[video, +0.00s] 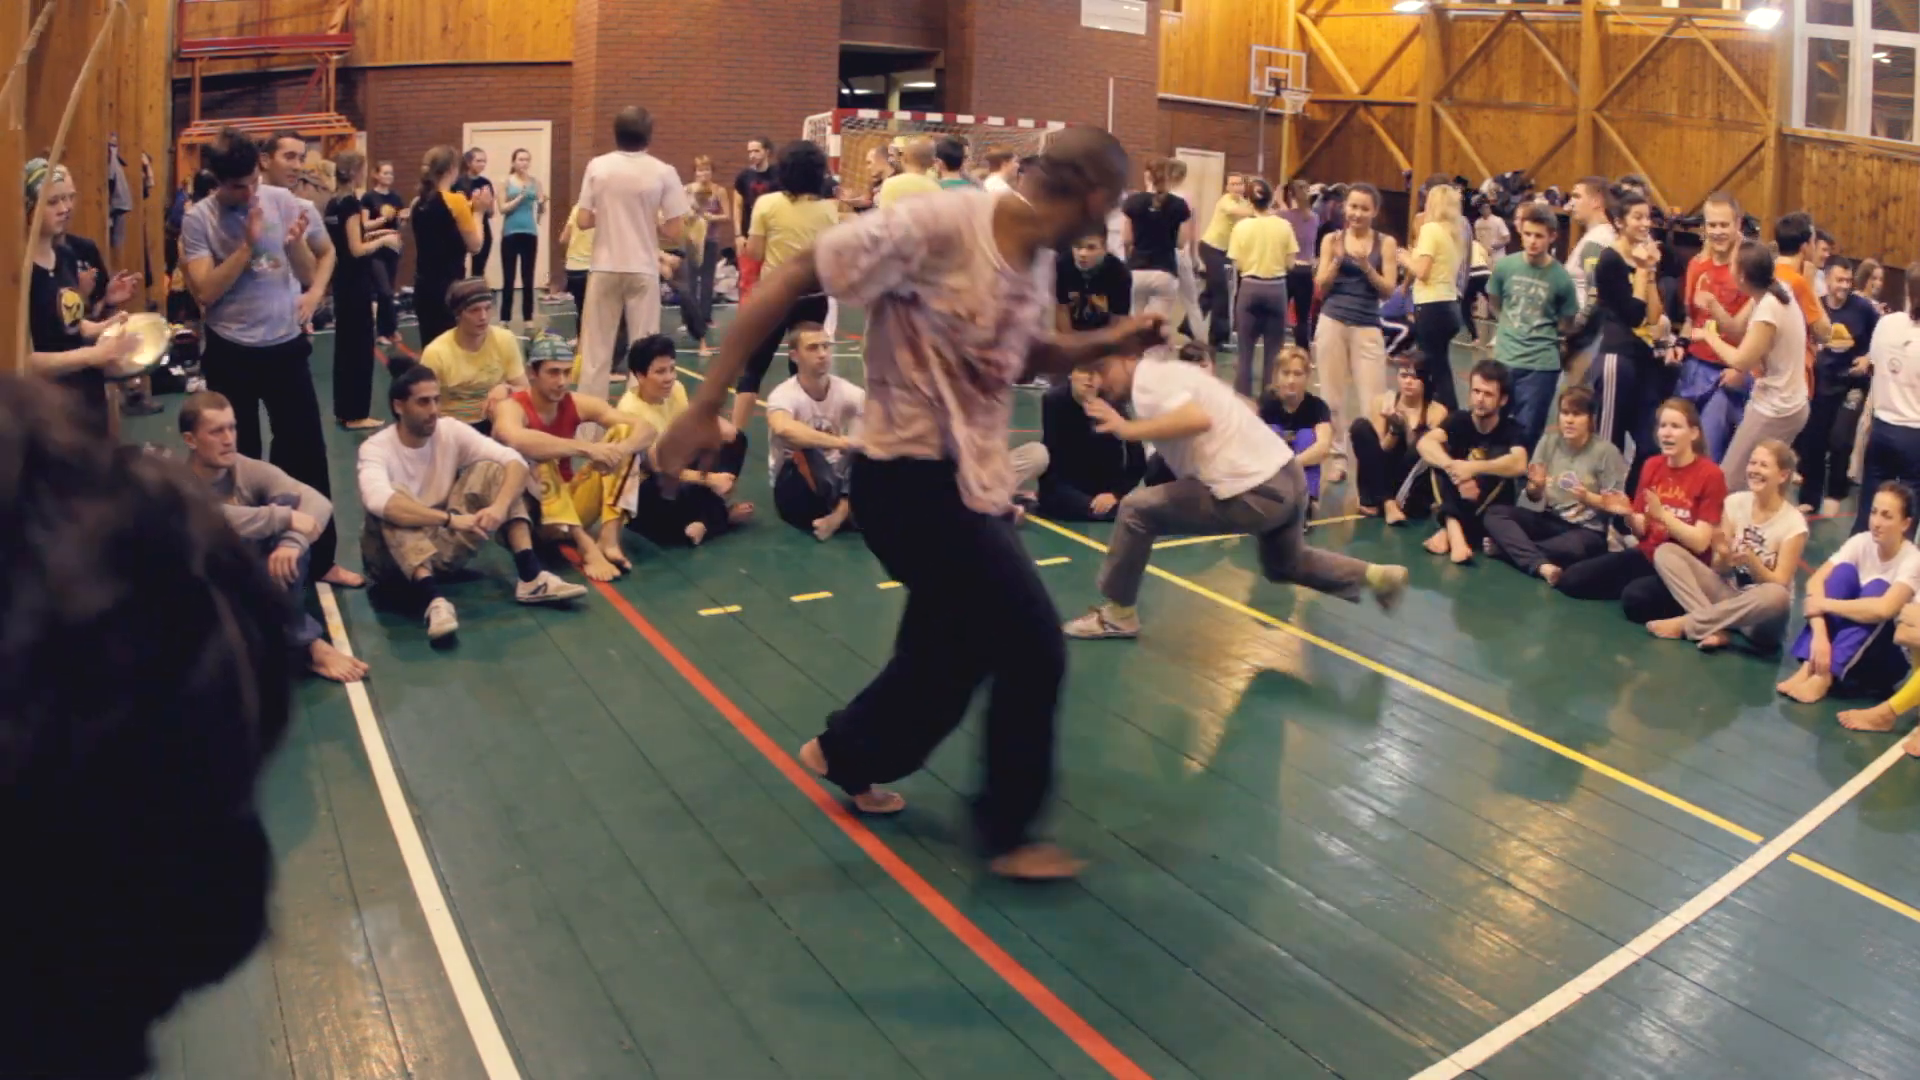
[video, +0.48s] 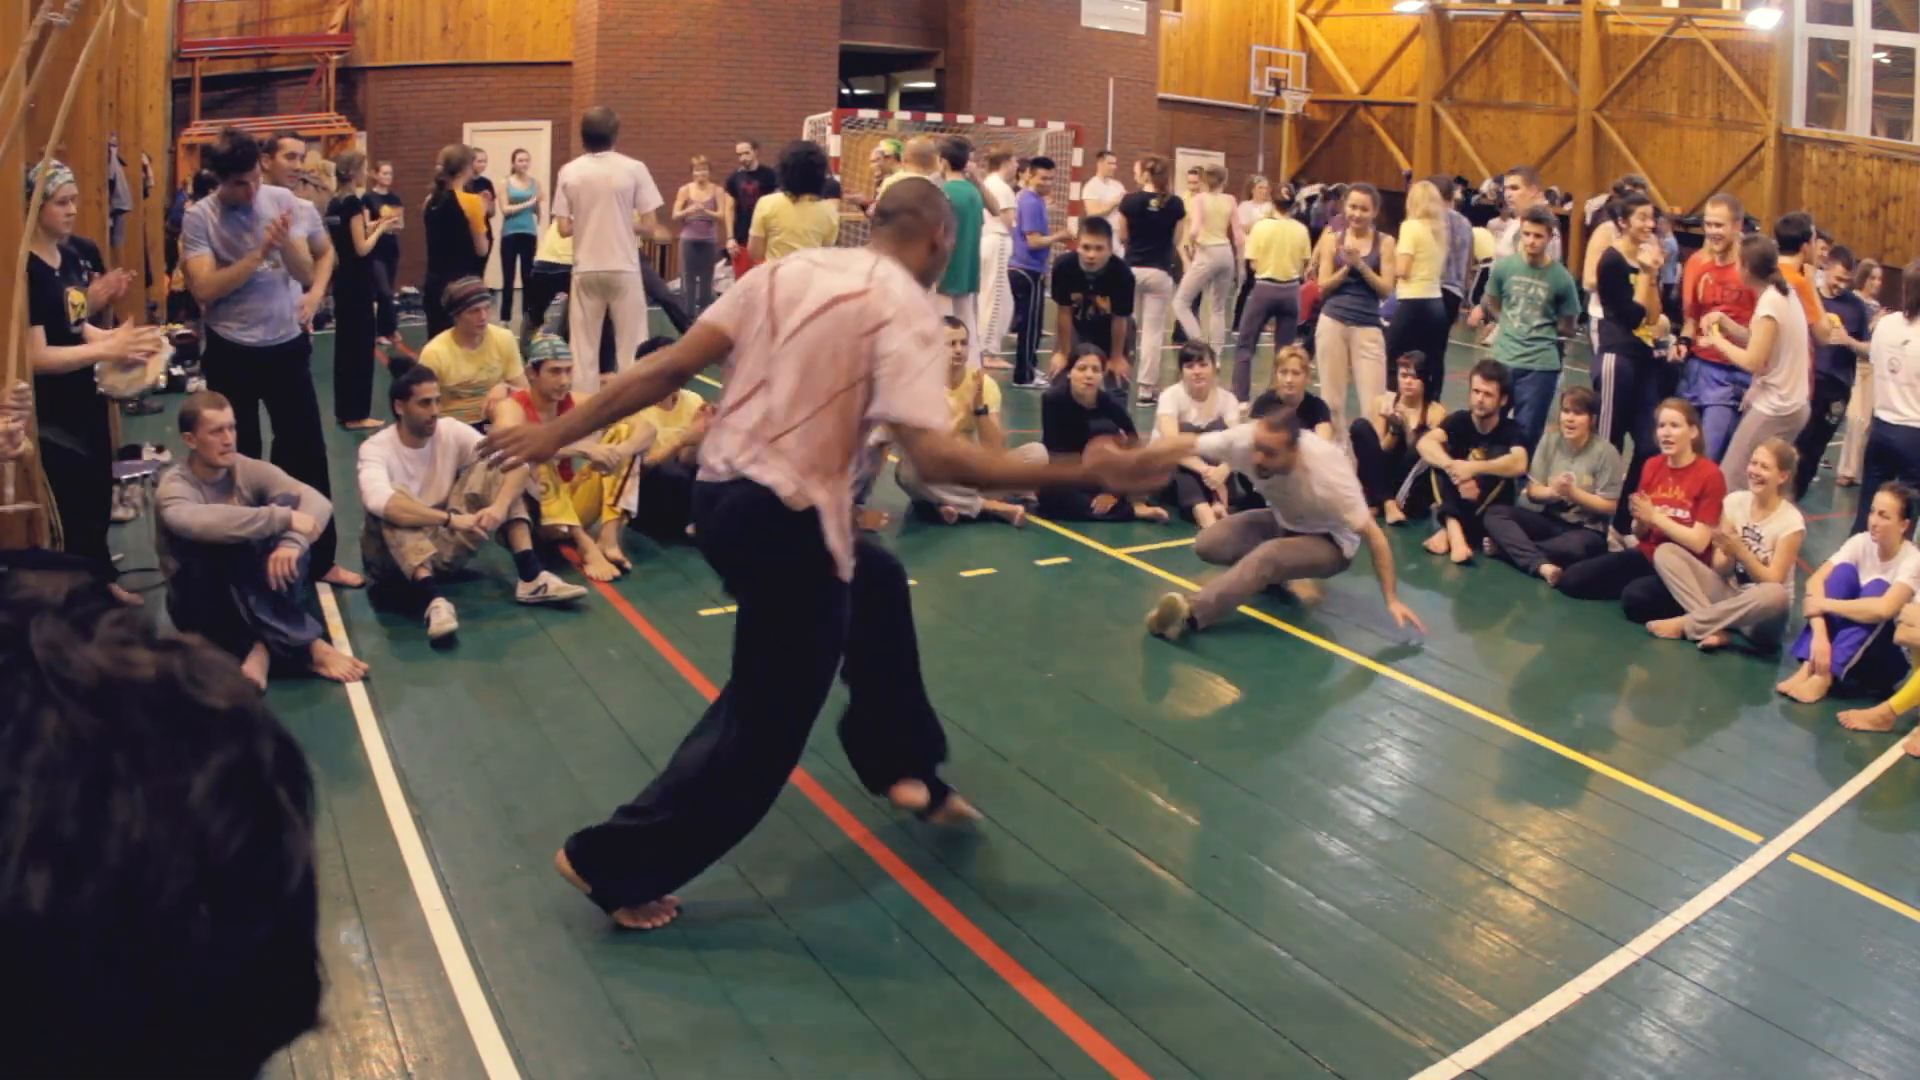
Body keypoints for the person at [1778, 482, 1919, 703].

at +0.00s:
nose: (1876, 522)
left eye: (1886, 516)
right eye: (1874, 512)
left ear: (1906, 524)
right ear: (1869, 513)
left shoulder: (1913, 559)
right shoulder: (1860, 542)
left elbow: (1885, 610)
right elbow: (1815, 581)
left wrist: (1823, 604)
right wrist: (1820, 638)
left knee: (1877, 587)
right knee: (1843, 572)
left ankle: (1824, 676)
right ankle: (1807, 666)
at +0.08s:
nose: (1875, 522)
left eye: (1886, 516)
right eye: (1874, 512)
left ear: (1905, 524)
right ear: (1869, 513)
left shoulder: (1912, 559)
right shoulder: (1860, 542)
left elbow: (1885, 610)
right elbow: (1815, 581)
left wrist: (1823, 604)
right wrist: (1820, 638)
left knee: (1877, 587)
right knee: (1843, 572)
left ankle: (1823, 676)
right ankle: (1807, 666)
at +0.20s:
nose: (1876, 522)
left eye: (1886, 516)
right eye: (1874, 512)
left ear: (1905, 524)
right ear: (1869, 513)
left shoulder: (1912, 559)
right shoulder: (1860, 542)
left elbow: (1885, 610)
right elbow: (1815, 581)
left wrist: (1823, 604)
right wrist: (1820, 638)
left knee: (1877, 587)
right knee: (1843, 572)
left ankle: (1824, 676)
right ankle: (1807, 666)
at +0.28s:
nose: (1874, 521)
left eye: (1885, 516)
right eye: (1873, 512)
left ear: (1905, 525)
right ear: (1868, 512)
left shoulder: (1912, 559)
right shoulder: (1860, 542)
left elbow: (1885, 610)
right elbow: (1815, 581)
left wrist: (1823, 604)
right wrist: (1820, 637)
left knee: (1876, 587)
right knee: (1843, 572)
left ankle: (1823, 676)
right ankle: (1807, 666)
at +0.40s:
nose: (1873, 521)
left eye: (1883, 516)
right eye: (1872, 512)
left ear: (1904, 525)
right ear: (1868, 512)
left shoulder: (1912, 559)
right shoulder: (1860, 542)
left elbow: (1885, 610)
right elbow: (1814, 581)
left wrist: (1823, 604)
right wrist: (1820, 638)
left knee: (1877, 587)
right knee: (1843, 572)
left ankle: (1823, 676)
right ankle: (1807, 667)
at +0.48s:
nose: (1872, 521)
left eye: (1883, 516)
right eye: (1872, 512)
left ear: (1904, 525)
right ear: (1868, 512)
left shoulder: (1912, 559)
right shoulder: (1860, 542)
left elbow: (1885, 610)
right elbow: (1814, 581)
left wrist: (1823, 604)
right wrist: (1820, 638)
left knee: (1877, 587)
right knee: (1843, 571)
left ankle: (1823, 676)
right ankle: (1807, 667)